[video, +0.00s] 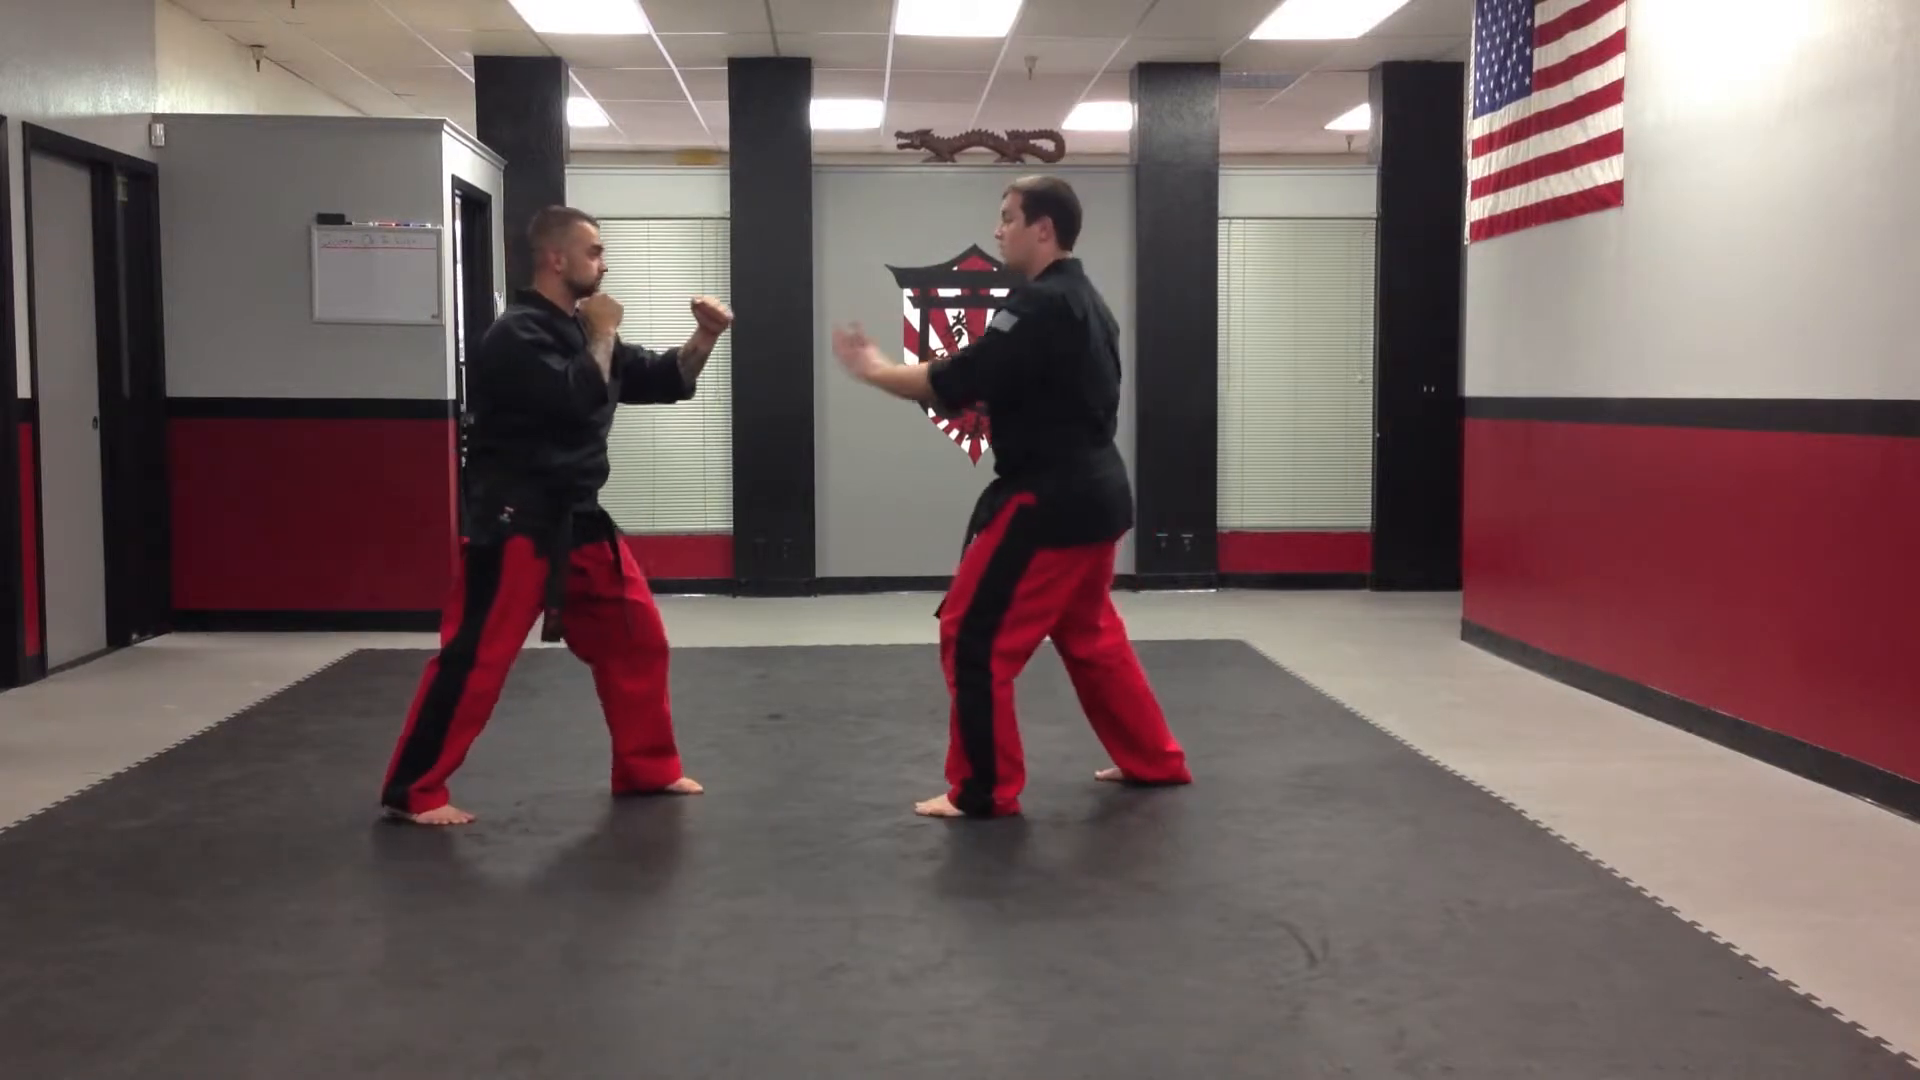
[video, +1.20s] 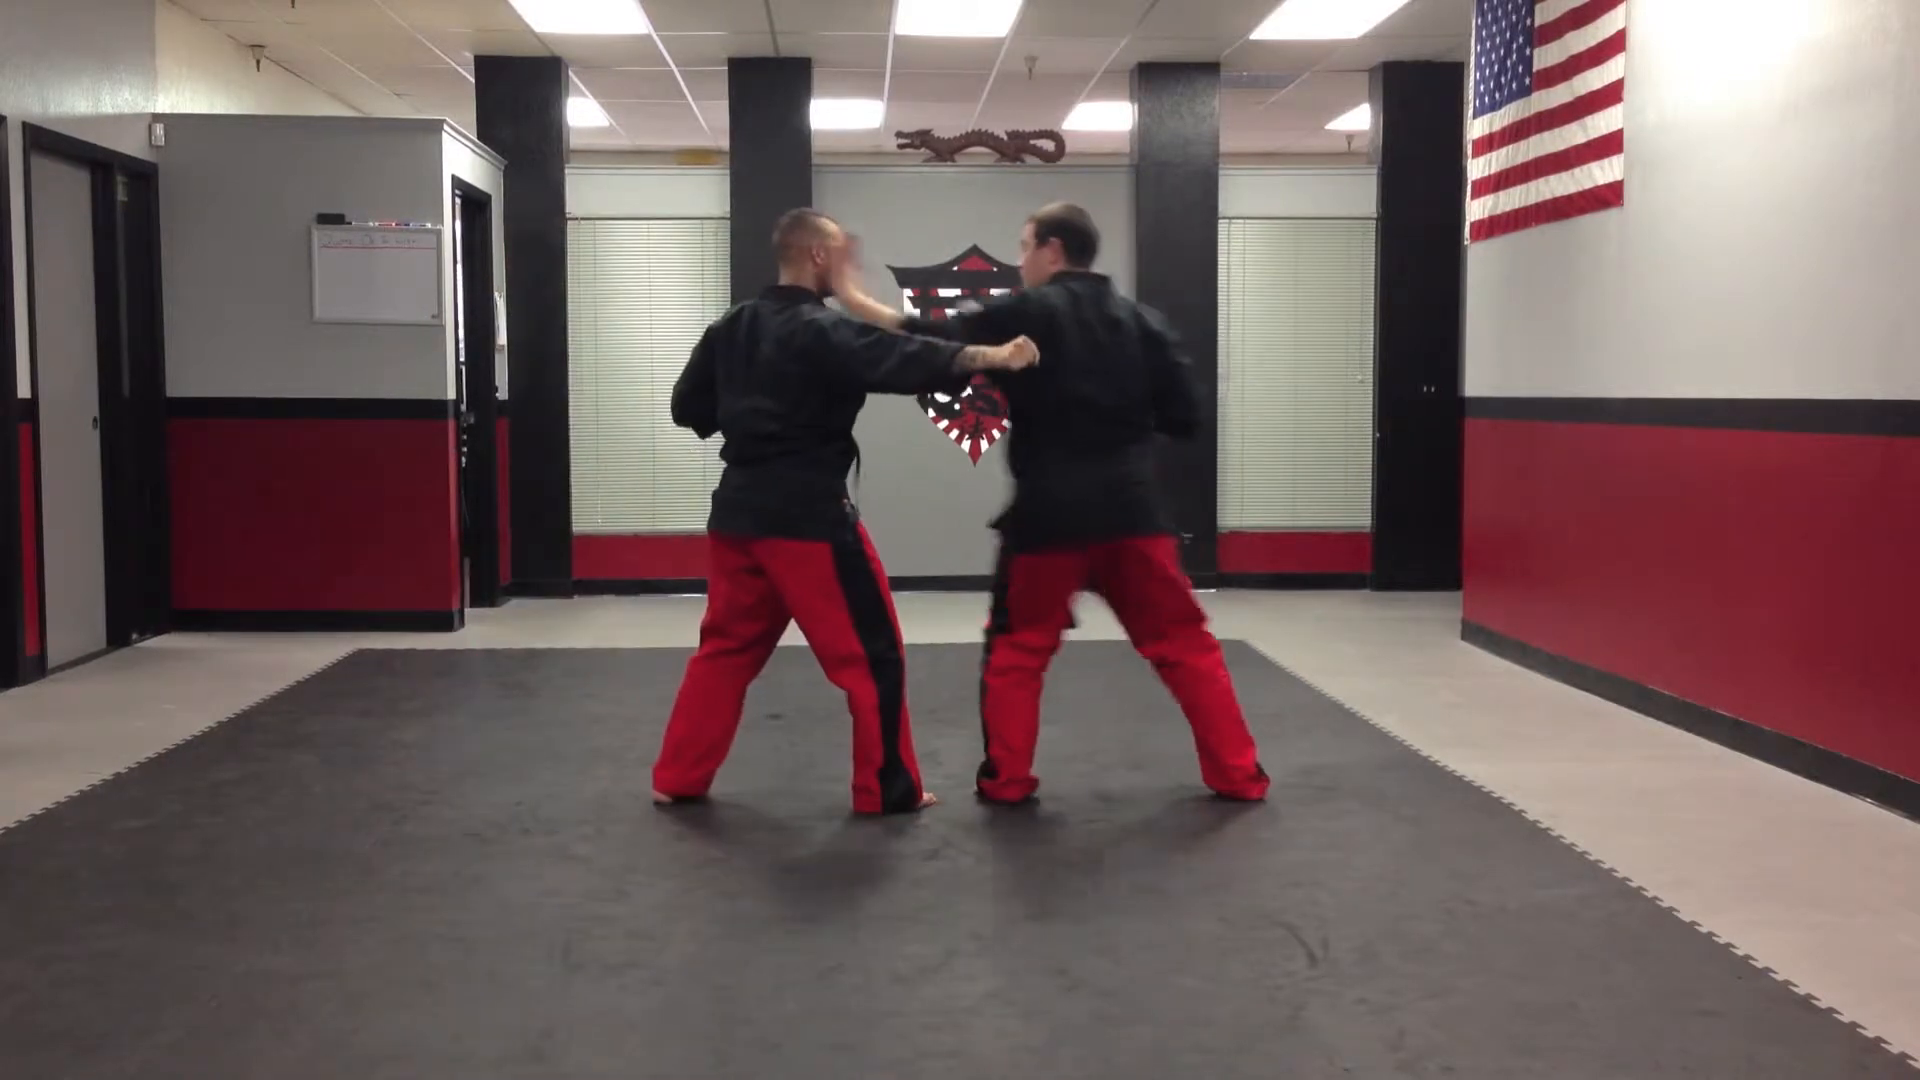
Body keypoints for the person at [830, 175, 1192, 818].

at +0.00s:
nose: (997, 232)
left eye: (1006, 220)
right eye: (1000, 219)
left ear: (1043, 229)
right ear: (1050, 233)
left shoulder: (1043, 304)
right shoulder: (1082, 299)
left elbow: (953, 380)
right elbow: (1050, 393)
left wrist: (875, 370)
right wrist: (983, 403)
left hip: (1044, 503)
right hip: (1093, 496)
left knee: (970, 635)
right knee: (1087, 627)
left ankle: (984, 792)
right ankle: (1154, 759)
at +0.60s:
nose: (1039, 239)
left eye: (1045, 226)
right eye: (1041, 226)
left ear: (1075, 231)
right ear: (1103, 234)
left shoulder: (1048, 291)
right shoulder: (1153, 307)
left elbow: (951, 313)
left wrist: (915, 287)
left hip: (1074, 504)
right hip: (1151, 503)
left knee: (1003, 644)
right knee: (1169, 637)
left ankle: (987, 794)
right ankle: (1233, 772)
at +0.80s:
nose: (1066, 252)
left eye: (1072, 239)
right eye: (1067, 240)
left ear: (1103, 240)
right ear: (1131, 242)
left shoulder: (1086, 307)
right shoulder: (1195, 309)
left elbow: (1022, 376)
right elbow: (1229, 403)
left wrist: (986, 315)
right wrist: (1162, 410)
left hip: (1103, 509)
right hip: (1187, 508)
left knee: (1037, 638)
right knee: (1195, 642)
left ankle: (1038, 779)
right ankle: (1232, 775)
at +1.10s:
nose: (1044, 263)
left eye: (1049, 251)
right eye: (1045, 251)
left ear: (1078, 254)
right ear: (1106, 256)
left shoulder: (1060, 316)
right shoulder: (1169, 317)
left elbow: (985, 372)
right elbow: (1214, 407)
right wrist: (1148, 415)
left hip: (1089, 516)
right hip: (1170, 511)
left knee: (1034, 644)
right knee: (1197, 643)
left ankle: (1008, 777)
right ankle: (1237, 776)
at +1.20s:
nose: (1020, 260)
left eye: (1026, 249)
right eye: (1023, 248)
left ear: (1053, 251)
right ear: (1083, 255)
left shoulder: (1025, 312)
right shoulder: (1139, 318)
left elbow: (929, 337)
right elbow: (1185, 416)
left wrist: (850, 293)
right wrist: (1118, 403)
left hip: (1048, 515)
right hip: (1132, 512)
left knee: (1018, 645)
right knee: (1183, 639)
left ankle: (1007, 780)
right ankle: (1239, 775)